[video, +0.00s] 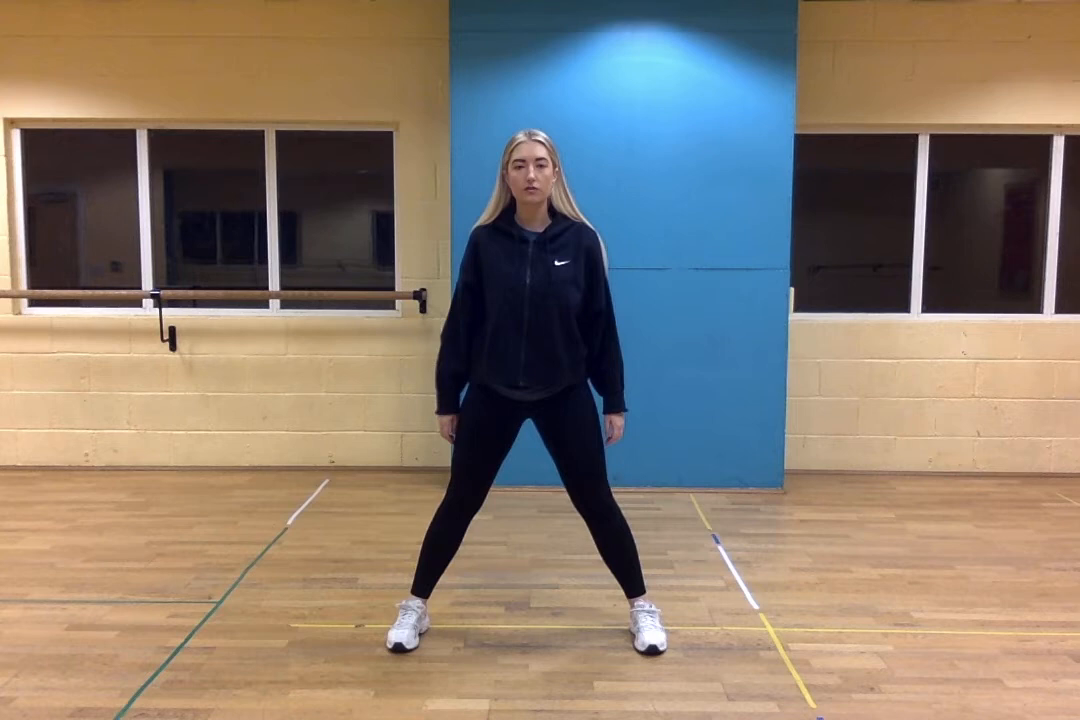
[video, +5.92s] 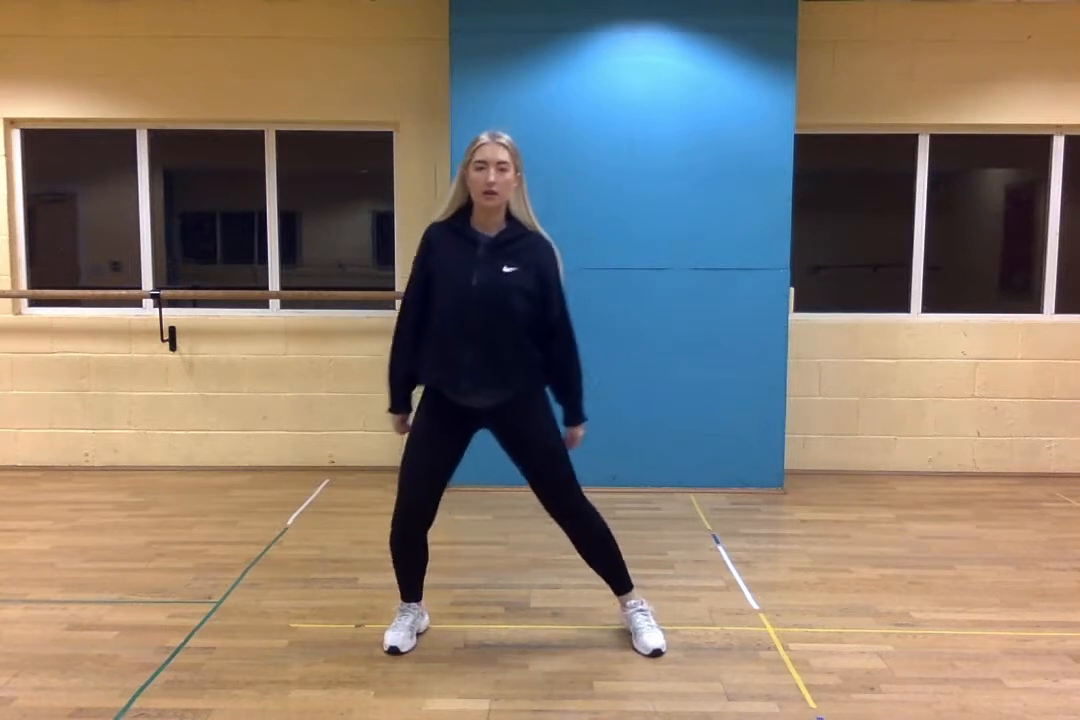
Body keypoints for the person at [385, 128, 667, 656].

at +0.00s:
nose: (531, 173)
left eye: (540, 164)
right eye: (520, 165)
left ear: (555, 173)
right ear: (506, 175)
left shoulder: (582, 239)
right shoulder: (485, 238)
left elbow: (600, 322)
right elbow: (461, 319)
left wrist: (614, 400)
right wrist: (447, 398)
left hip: (565, 391)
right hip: (493, 391)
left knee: (595, 501)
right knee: (460, 500)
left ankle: (641, 607)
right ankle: (414, 606)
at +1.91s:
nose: (529, 173)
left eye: (539, 164)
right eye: (519, 165)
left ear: (554, 172)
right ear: (505, 175)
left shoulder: (580, 240)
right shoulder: (483, 237)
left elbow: (598, 324)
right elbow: (458, 320)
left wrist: (610, 403)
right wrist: (447, 399)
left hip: (563, 393)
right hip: (491, 393)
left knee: (594, 503)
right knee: (459, 501)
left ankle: (641, 607)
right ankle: (414, 606)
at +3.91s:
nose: (528, 173)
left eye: (538, 164)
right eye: (517, 165)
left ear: (553, 173)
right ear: (504, 175)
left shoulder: (578, 240)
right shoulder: (481, 238)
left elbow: (597, 325)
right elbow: (457, 322)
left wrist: (608, 405)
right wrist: (448, 402)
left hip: (564, 394)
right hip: (492, 394)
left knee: (595, 503)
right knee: (460, 501)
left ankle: (641, 607)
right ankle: (413, 606)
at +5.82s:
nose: (501, 169)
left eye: (511, 161)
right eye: (491, 160)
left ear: (525, 171)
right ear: (475, 170)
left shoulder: (546, 240)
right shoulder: (449, 233)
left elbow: (570, 323)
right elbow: (422, 311)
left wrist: (587, 403)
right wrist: (412, 389)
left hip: (527, 390)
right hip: (456, 388)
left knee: (572, 499)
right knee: (421, 502)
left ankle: (635, 602)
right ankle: (412, 607)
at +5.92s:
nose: (491, 176)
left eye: (502, 167)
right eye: (481, 166)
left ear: (516, 178)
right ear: (466, 175)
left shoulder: (535, 248)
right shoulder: (439, 239)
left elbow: (557, 330)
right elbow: (411, 317)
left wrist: (573, 409)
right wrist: (400, 396)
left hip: (518, 398)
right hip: (446, 397)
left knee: (568, 504)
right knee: (409, 514)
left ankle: (632, 604)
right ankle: (410, 608)